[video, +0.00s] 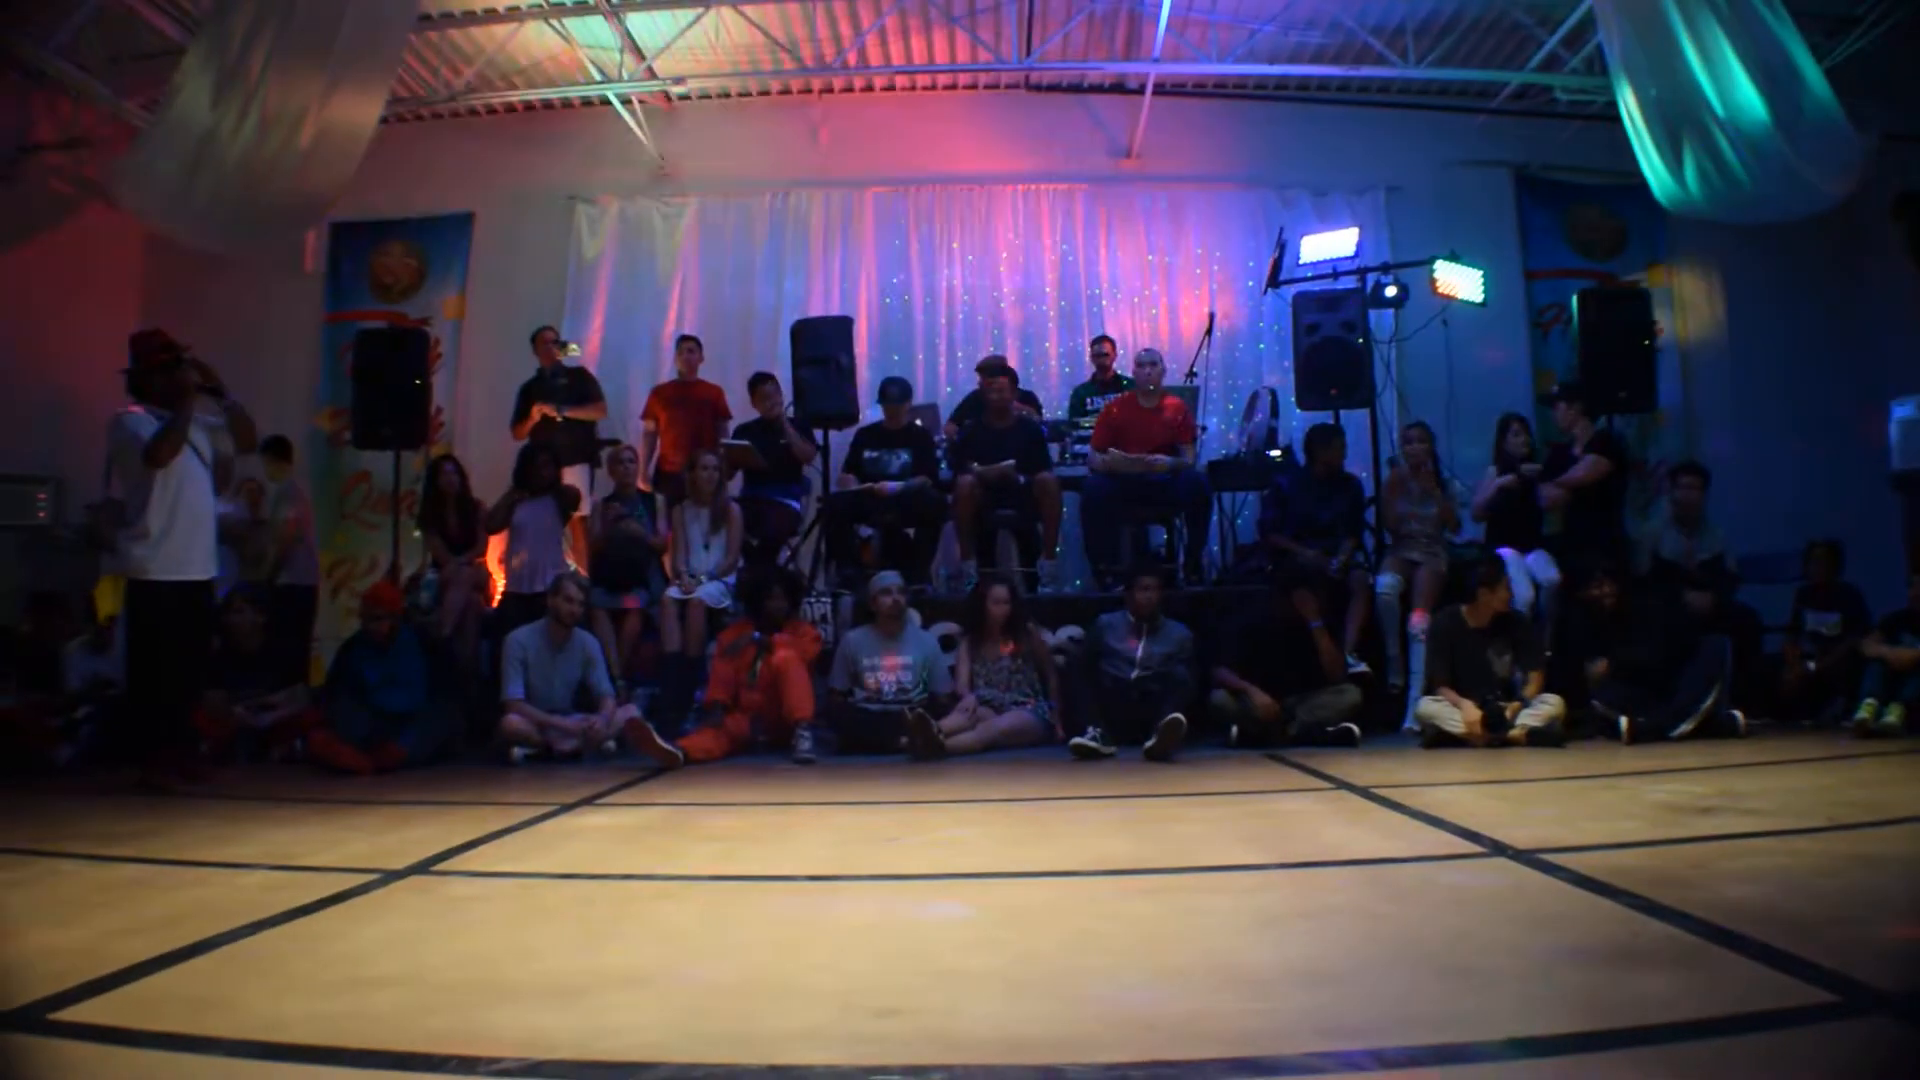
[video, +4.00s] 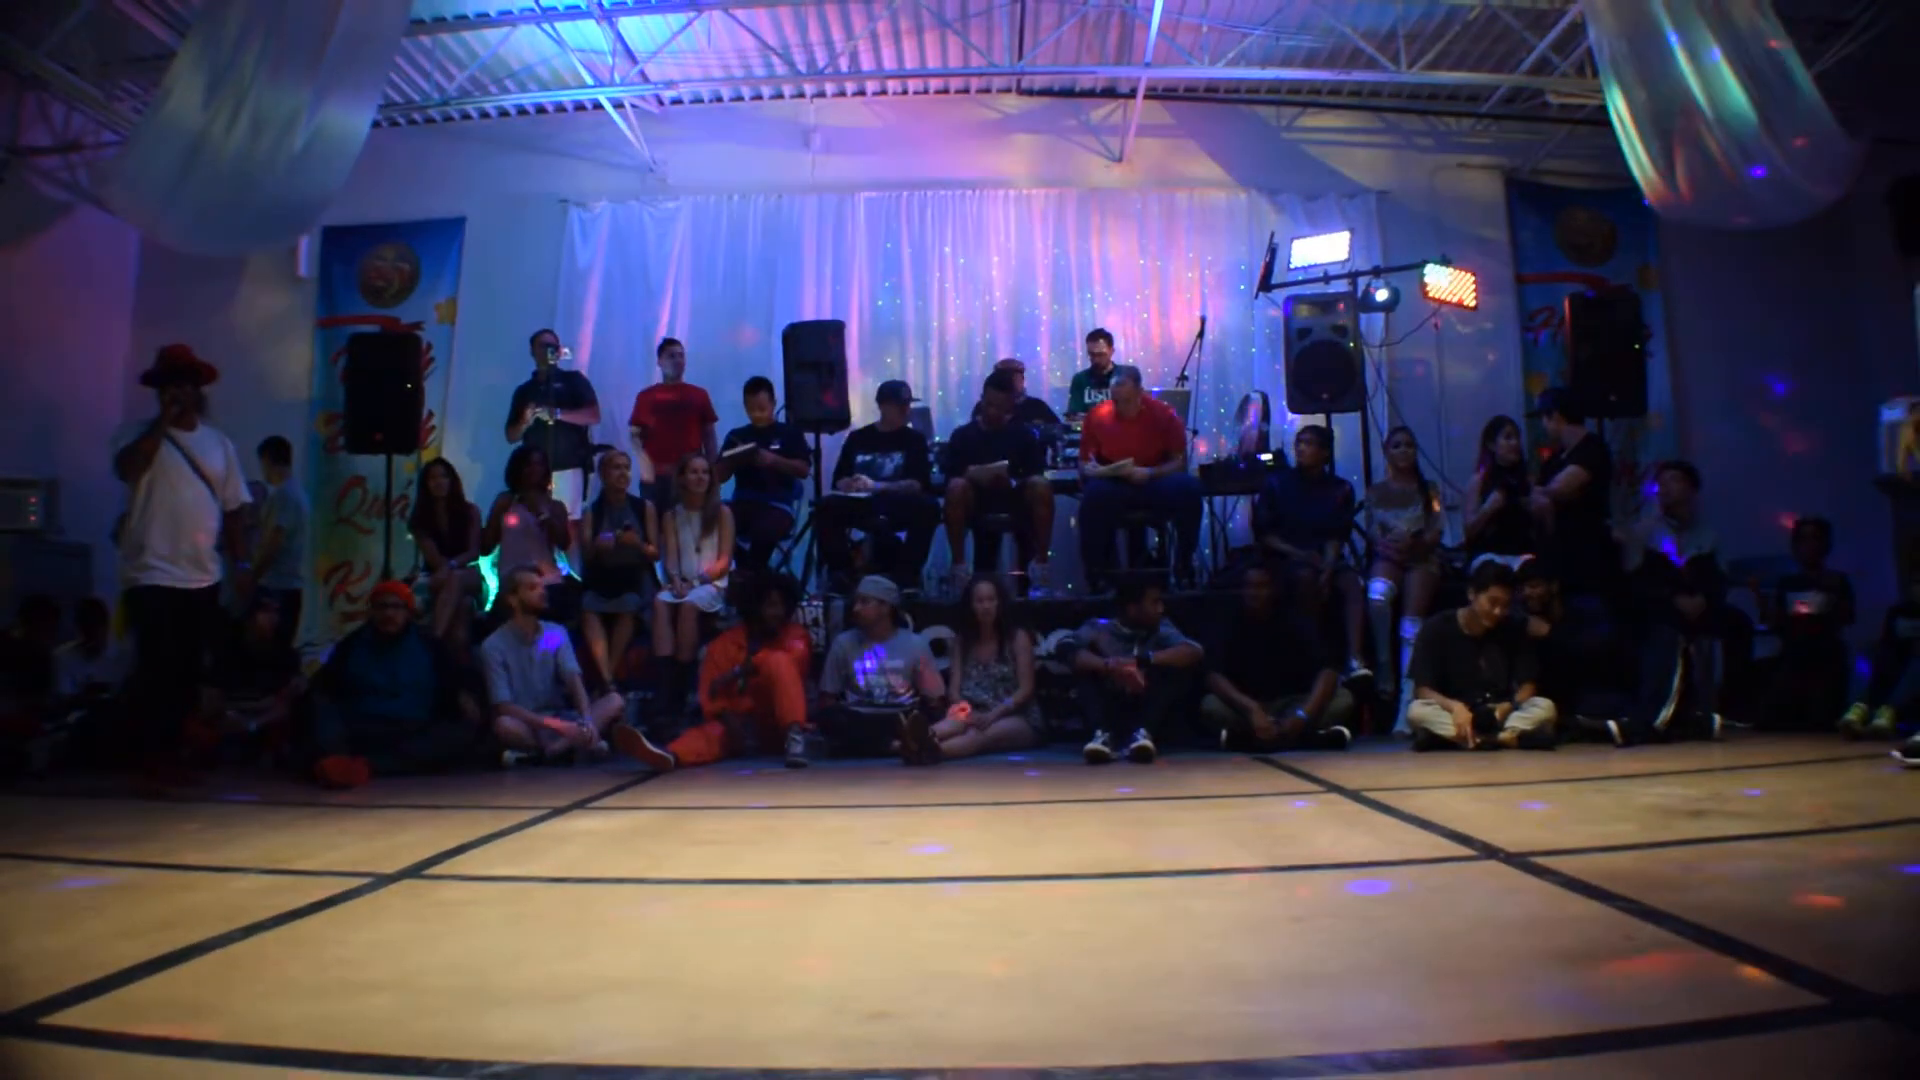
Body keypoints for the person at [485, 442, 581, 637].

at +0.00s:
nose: (544, 472)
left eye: (548, 466)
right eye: (538, 466)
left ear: (556, 469)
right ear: (525, 468)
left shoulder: (559, 499)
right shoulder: (516, 501)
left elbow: (573, 497)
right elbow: (491, 526)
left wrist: (552, 484)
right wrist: (512, 495)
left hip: (551, 587)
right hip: (518, 588)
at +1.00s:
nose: (534, 472)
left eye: (540, 466)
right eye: (529, 466)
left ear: (549, 471)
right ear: (518, 470)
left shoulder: (552, 499)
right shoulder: (509, 502)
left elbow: (556, 514)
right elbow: (488, 524)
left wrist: (547, 495)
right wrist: (510, 498)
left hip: (543, 593)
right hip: (509, 593)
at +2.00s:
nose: (533, 472)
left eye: (538, 466)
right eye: (527, 466)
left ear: (545, 470)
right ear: (514, 469)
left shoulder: (551, 501)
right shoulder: (500, 501)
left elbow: (563, 542)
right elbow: (488, 545)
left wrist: (553, 510)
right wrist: (497, 510)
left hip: (541, 591)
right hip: (506, 592)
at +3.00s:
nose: (534, 469)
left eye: (540, 464)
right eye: (528, 464)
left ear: (546, 470)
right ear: (515, 467)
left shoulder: (551, 502)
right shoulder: (501, 502)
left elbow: (561, 548)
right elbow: (491, 542)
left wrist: (557, 512)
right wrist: (509, 564)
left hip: (542, 592)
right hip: (507, 591)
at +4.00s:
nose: (535, 470)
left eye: (540, 465)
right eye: (529, 465)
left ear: (547, 470)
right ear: (518, 469)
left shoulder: (555, 506)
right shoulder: (505, 501)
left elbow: (564, 543)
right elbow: (486, 547)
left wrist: (546, 517)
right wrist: (500, 512)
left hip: (548, 581)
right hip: (512, 582)